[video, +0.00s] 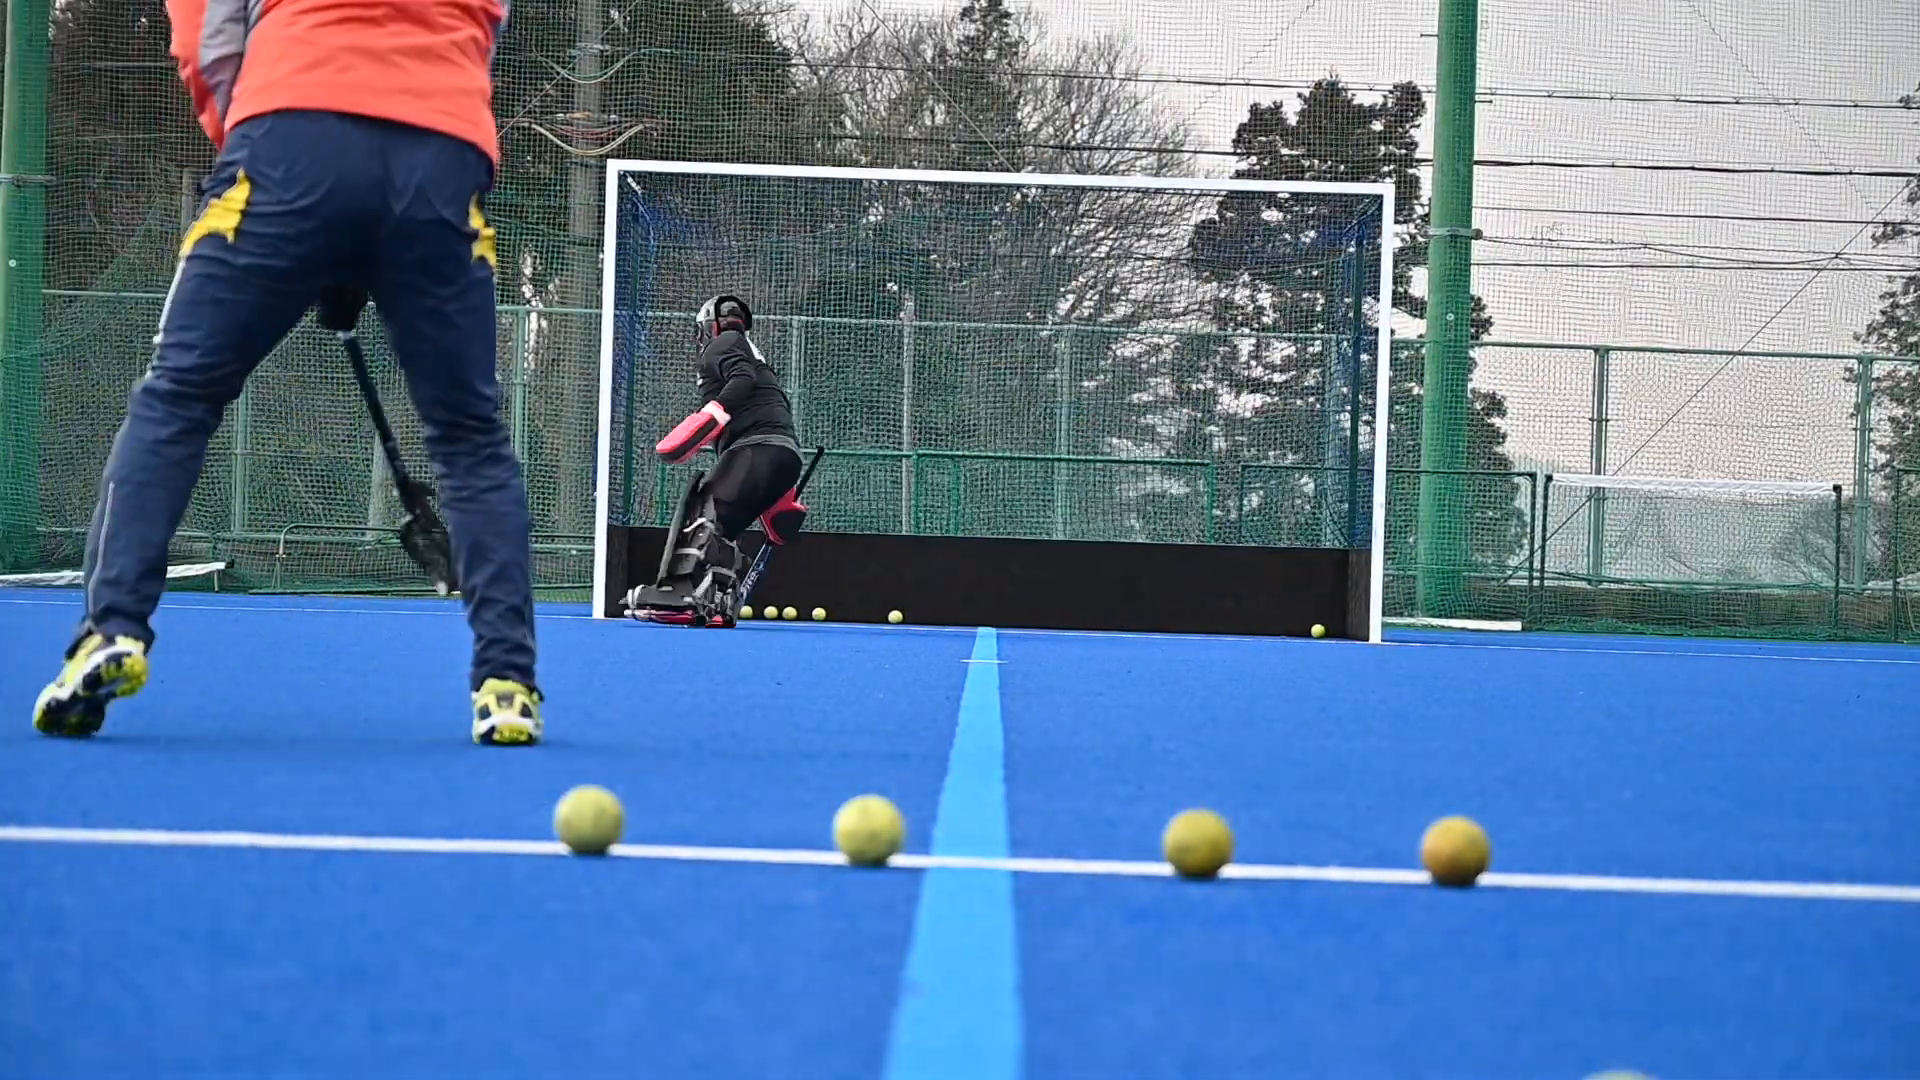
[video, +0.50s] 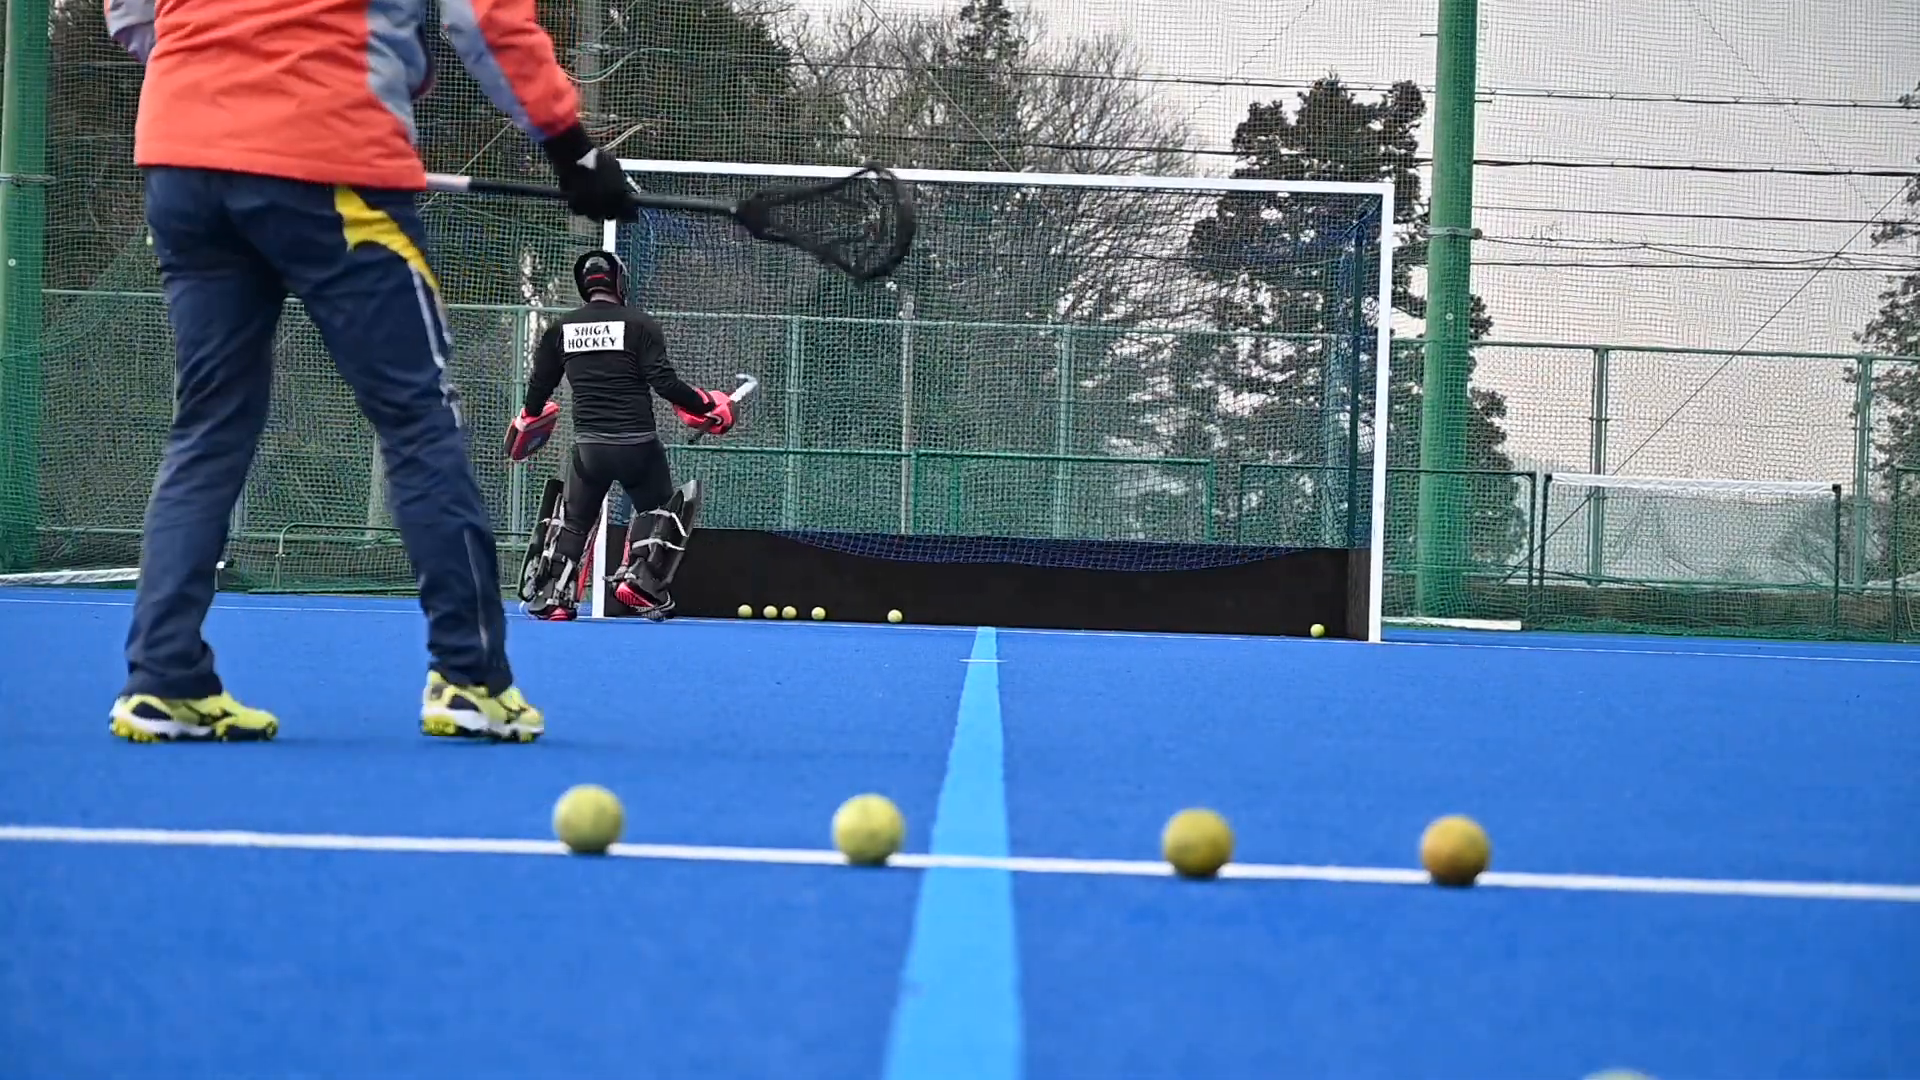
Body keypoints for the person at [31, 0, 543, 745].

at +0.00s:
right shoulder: (479, 2)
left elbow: (208, 46)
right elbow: (455, 70)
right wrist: (354, 244)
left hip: (296, 139)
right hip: (444, 158)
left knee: (179, 395)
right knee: (473, 437)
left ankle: (115, 629)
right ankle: (507, 679)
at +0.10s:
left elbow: (206, 21)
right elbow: (519, 41)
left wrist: (269, 120)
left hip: (288, 134)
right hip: (435, 153)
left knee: (203, 390)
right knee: (473, 429)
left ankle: (161, 620)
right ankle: (506, 678)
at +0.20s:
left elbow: (199, 14)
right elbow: (538, 46)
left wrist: (269, 101)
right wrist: (485, 157)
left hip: (269, 139)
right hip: (420, 153)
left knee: (239, 397)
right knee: (469, 427)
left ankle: (192, 619)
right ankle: (504, 679)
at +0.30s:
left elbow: (177, 18)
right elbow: (542, 34)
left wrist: (271, 92)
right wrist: (539, 169)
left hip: (247, 146)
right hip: (398, 153)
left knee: (262, 408)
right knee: (461, 427)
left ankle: (179, 637)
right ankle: (503, 678)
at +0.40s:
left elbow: (148, 15)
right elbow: (524, 33)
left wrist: (235, 87)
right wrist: (580, 155)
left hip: (217, 149)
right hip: (370, 155)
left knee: (233, 419)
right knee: (447, 428)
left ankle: (167, 665)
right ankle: (500, 677)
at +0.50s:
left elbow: (128, 14)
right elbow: (486, 15)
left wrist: (223, 78)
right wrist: (571, 142)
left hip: (178, 145)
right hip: (327, 144)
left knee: (211, 423)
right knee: (417, 420)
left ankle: (165, 684)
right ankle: (470, 677)